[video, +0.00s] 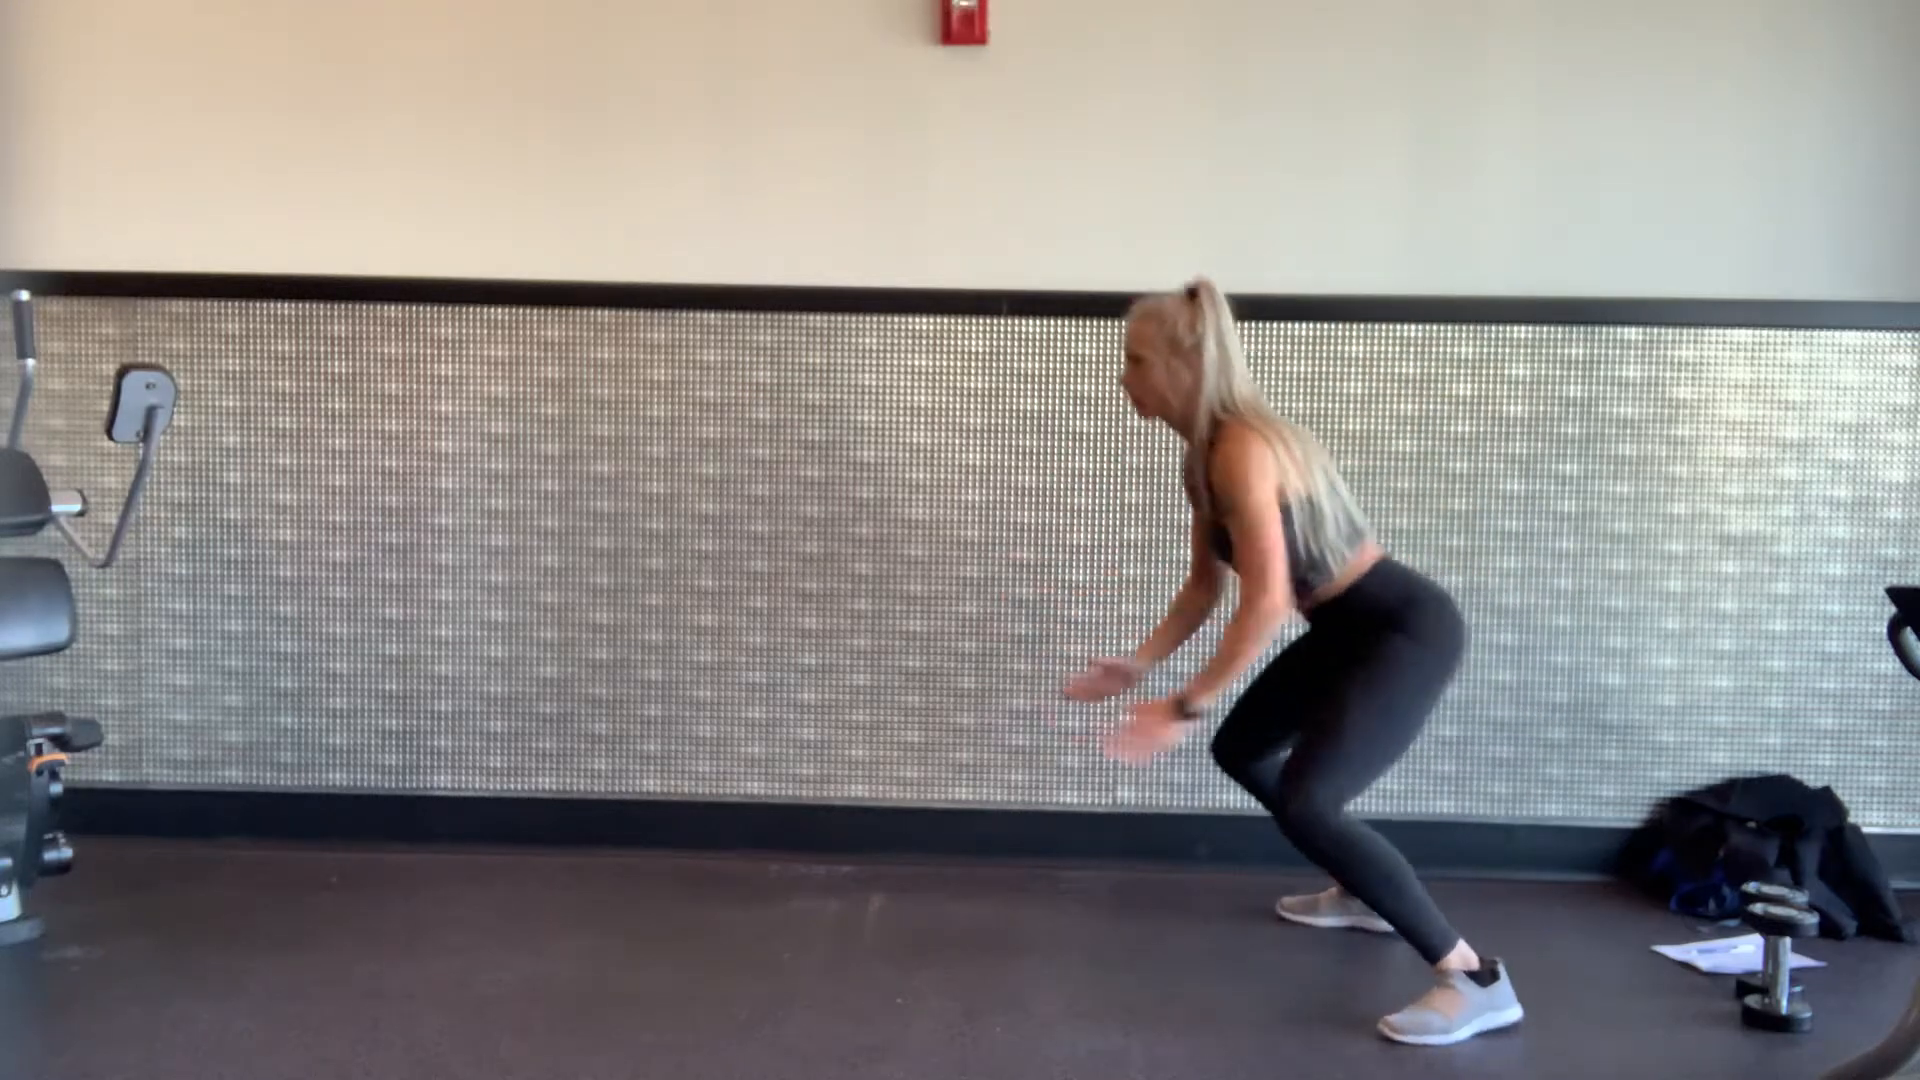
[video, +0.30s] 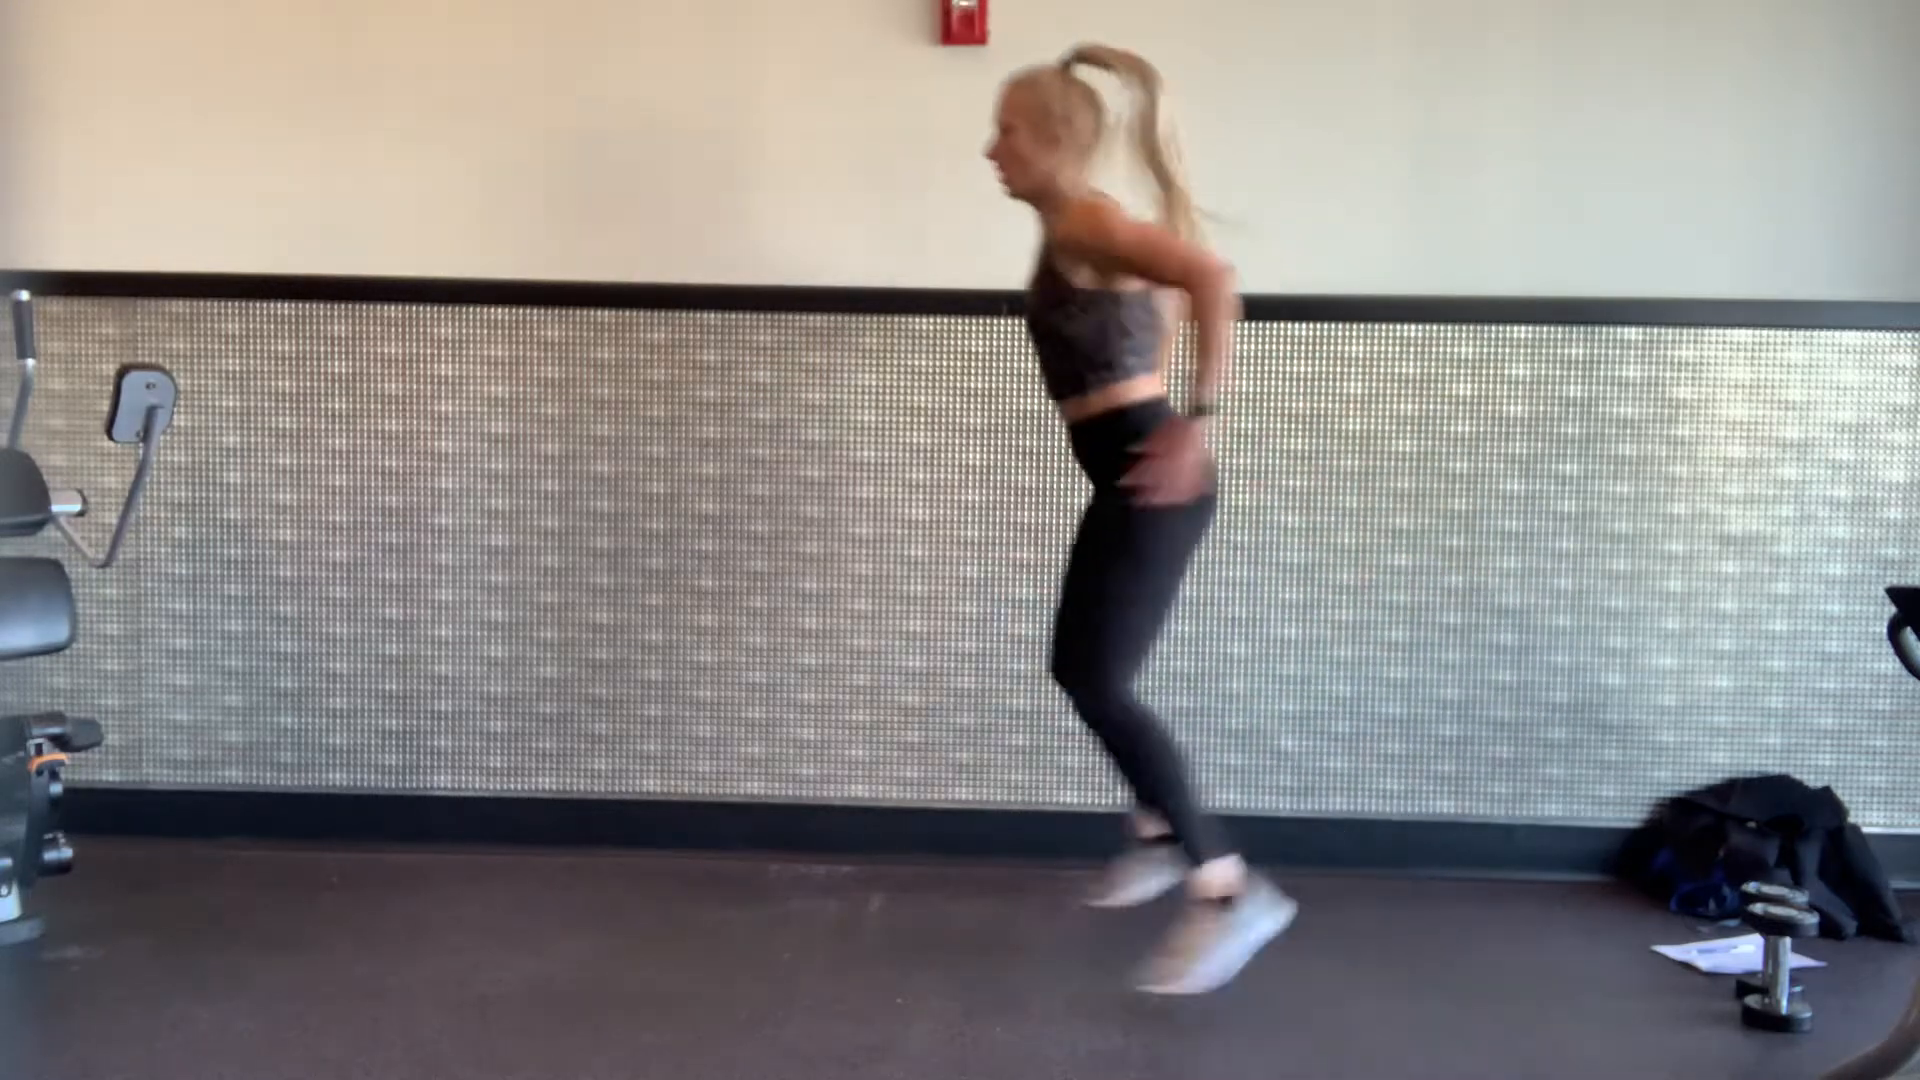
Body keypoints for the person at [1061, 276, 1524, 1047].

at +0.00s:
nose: (1123, 380)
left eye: (1133, 364)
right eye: (1124, 363)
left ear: (1179, 368)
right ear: (1184, 370)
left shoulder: (1240, 449)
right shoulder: (1208, 453)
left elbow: (1267, 603)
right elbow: (1205, 584)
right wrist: (1135, 664)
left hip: (1406, 627)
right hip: (1352, 629)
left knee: (1309, 803)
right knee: (1242, 750)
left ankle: (1470, 975)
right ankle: (1363, 888)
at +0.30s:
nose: (993, 150)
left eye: (1008, 136)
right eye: (996, 133)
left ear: (1057, 146)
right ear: (1053, 145)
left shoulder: (1083, 221)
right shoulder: (1067, 225)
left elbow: (1209, 275)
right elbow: (1180, 284)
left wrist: (1201, 417)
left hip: (1151, 471)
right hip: (1127, 472)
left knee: (1096, 674)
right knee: (1081, 664)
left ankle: (1226, 883)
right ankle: (1162, 834)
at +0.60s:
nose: (797, 344)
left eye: (807, 329)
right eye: (801, 328)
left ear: (845, 338)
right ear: (866, 336)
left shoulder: (887, 423)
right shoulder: (885, 414)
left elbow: (759, 531)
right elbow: (773, 512)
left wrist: (709, 431)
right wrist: (726, 428)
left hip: (988, 655)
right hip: (970, 640)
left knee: (795, 733)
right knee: (798, 707)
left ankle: (824, 967)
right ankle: (837, 886)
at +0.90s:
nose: (669, 445)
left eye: (684, 436)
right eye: (676, 432)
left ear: (724, 459)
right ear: (733, 460)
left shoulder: (756, 531)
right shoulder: (766, 519)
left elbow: (629, 641)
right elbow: (647, 615)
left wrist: (603, 534)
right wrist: (626, 532)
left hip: (915, 729)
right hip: (902, 707)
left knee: (717, 765)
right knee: (734, 716)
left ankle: (822, 968)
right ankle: (831, 888)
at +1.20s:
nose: (647, 363)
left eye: (660, 350)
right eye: (651, 348)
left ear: (702, 364)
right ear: (719, 363)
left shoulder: (737, 453)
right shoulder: (761, 437)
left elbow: (726, 619)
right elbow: (726, 581)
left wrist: (619, 639)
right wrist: (635, 553)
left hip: (900, 645)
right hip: (896, 632)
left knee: (714, 762)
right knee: (746, 731)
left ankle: (819, 965)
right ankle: (833, 891)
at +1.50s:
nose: (743, 195)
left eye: (757, 182)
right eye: (749, 180)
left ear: (800, 196)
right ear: (822, 197)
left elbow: (702, 422)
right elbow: (947, 408)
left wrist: (638, 342)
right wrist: (976, 517)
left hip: (873, 555)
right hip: (867, 540)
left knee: (738, 748)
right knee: (696, 595)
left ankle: (820, 963)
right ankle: (800, 762)